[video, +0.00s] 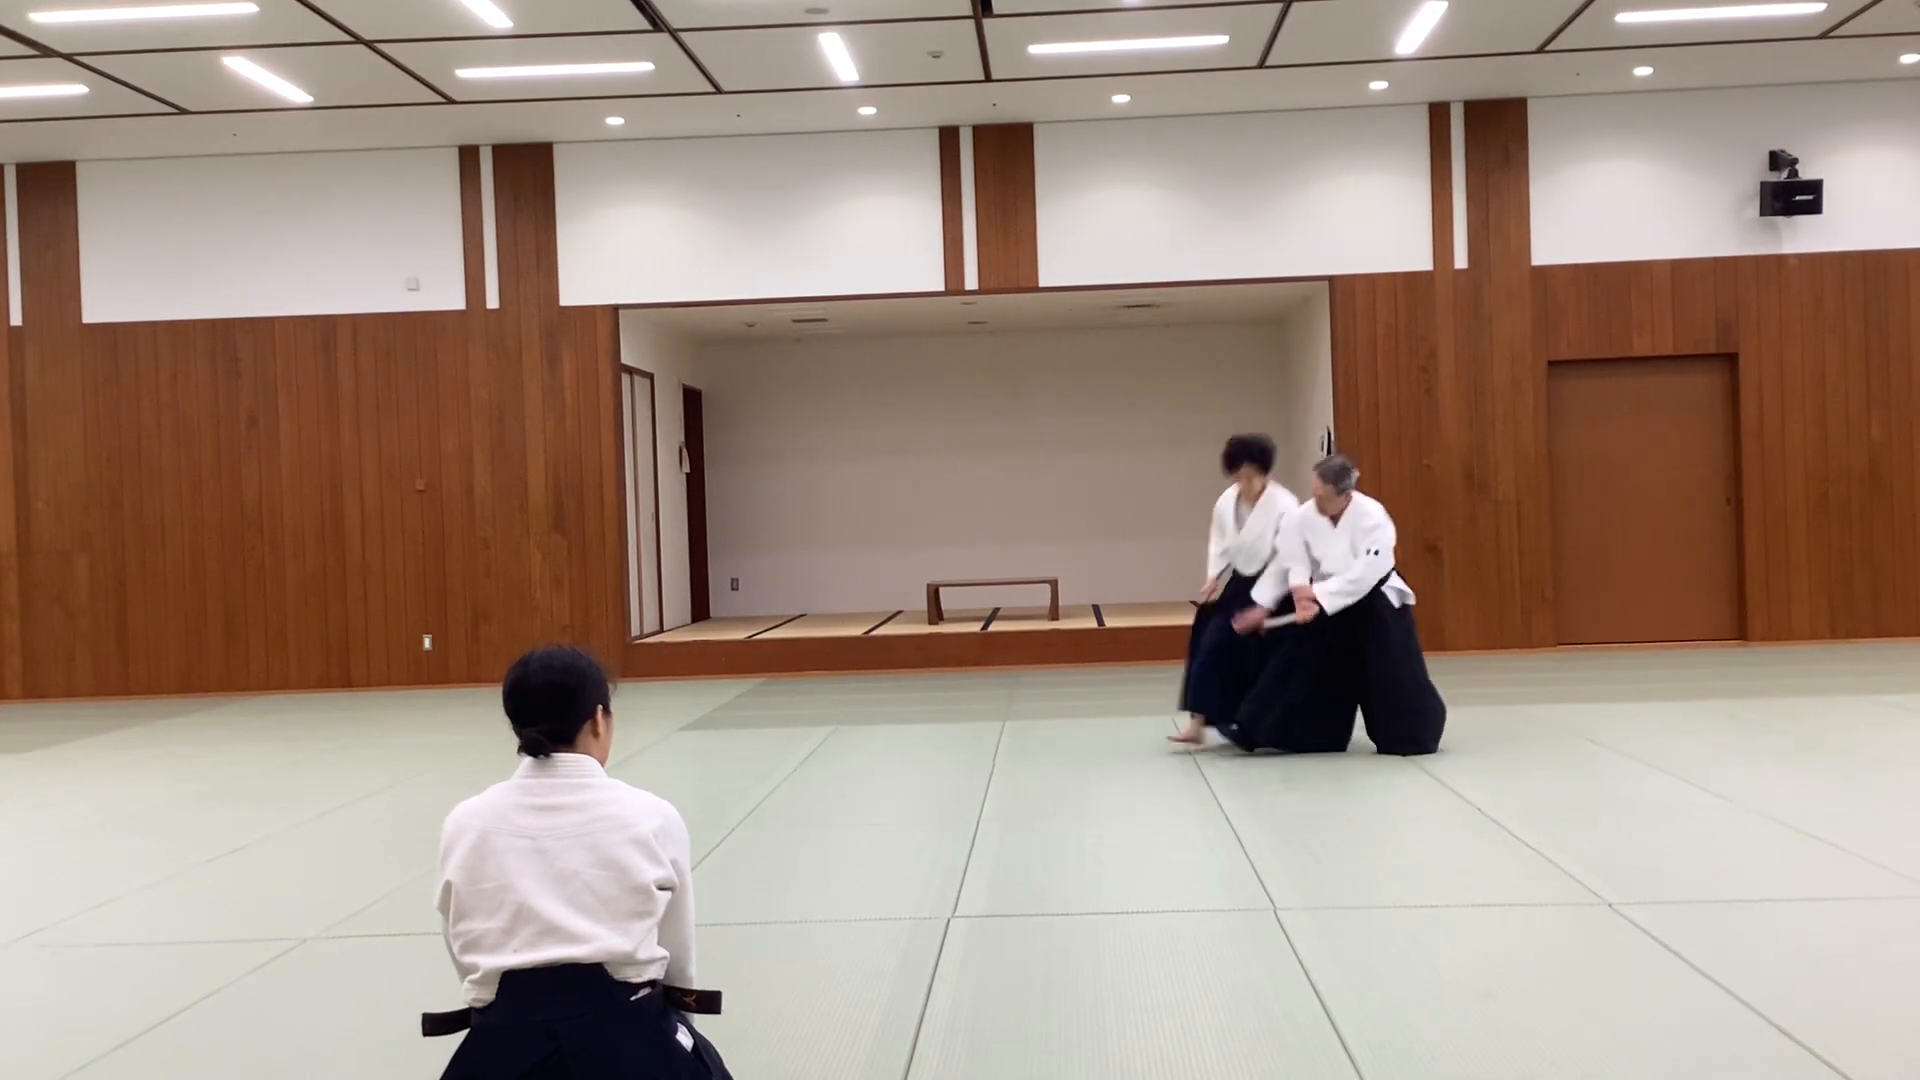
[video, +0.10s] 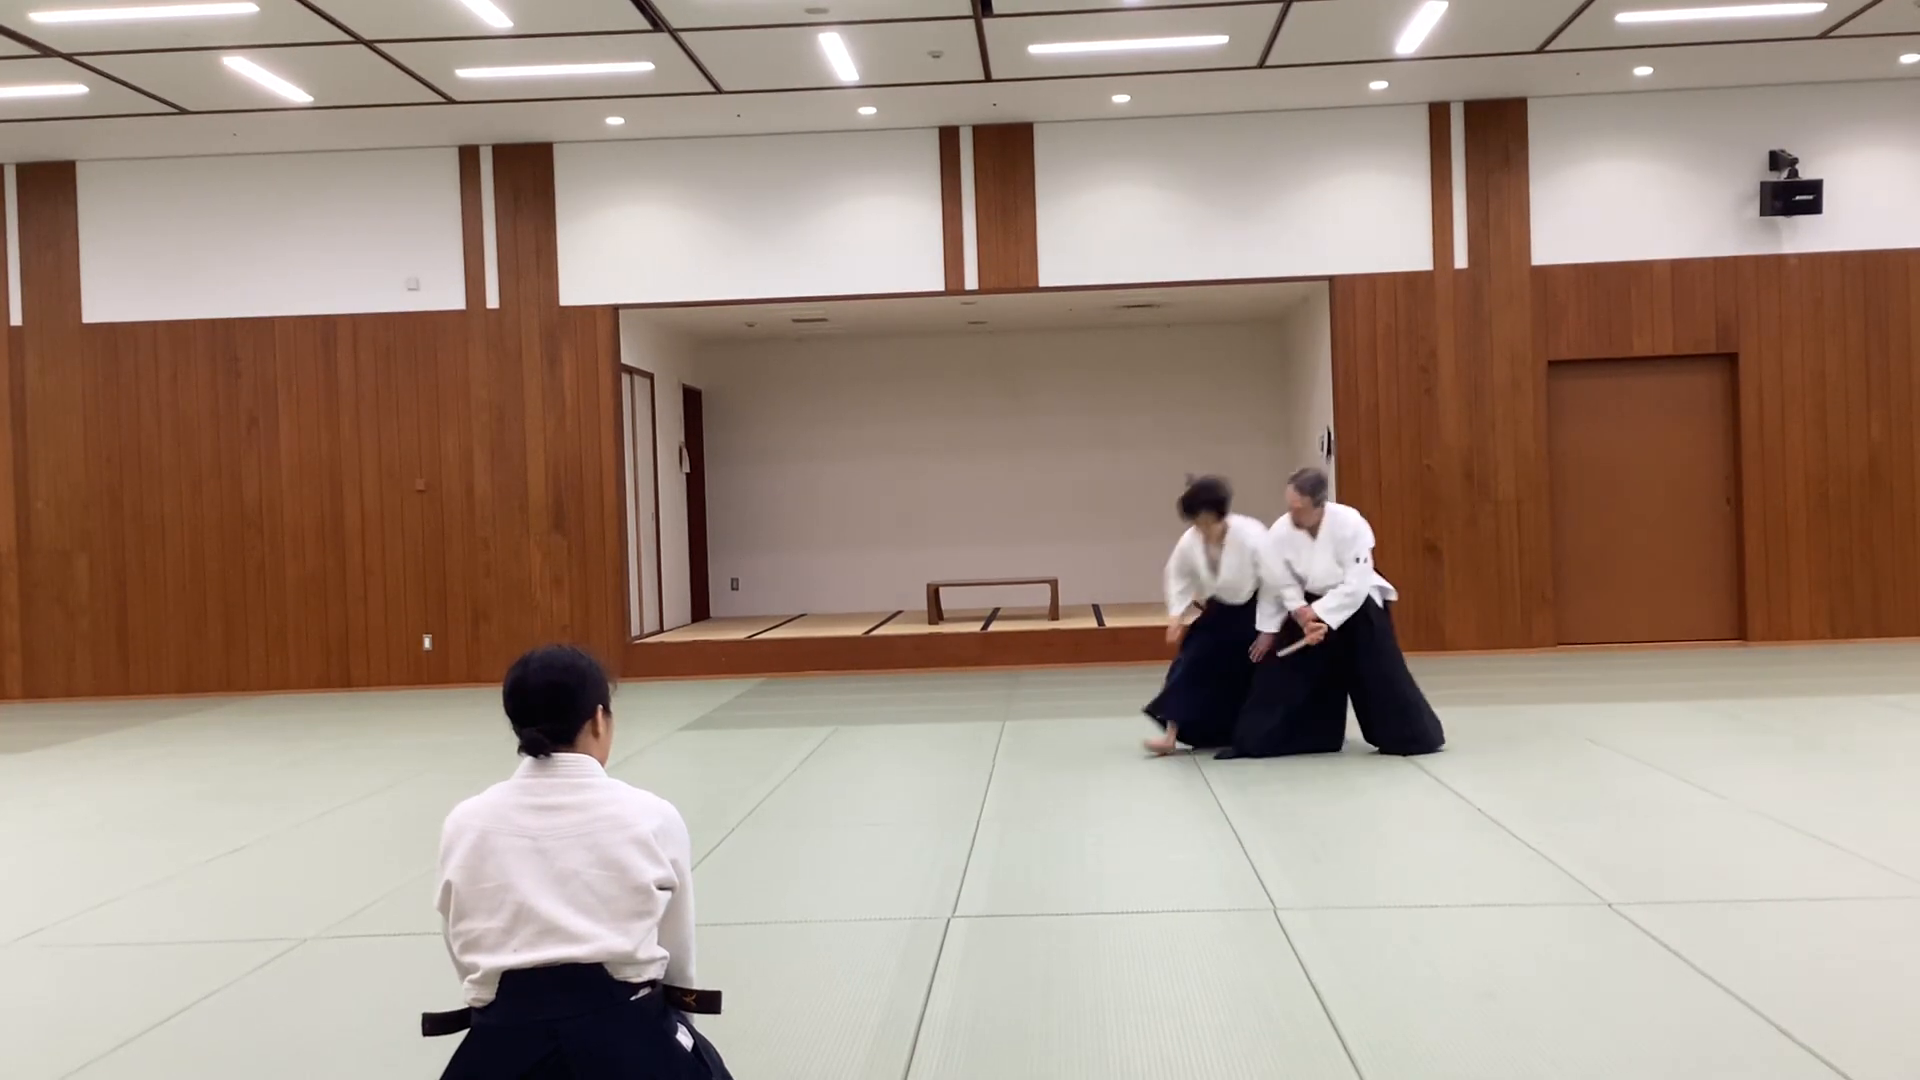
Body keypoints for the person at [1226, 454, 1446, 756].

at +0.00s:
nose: (1316, 501)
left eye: (1322, 497)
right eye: (1314, 494)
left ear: (1346, 497)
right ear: (1313, 489)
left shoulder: (1373, 518)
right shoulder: (1301, 518)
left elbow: (1371, 570)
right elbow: (1296, 562)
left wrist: (1320, 596)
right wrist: (1302, 592)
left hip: (1375, 602)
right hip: (1327, 604)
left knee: (1390, 667)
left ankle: (1406, 736)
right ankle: (1251, 728)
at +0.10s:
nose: (1291, 515)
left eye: (1297, 510)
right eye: (1290, 508)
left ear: (1318, 506)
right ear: (1289, 501)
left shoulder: (1349, 524)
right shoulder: (1279, 534)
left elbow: (1358, 582)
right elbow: (1283, 583)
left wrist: (1318, 613)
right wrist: (1302, 614)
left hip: (1354, 602)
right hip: (1308, 606)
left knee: (1379, 668)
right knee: (1281, 668)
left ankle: (1414, 735)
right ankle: (1252, 742)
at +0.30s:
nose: (1244, 522)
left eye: (1250, 516)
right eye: (1241, 514)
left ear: (1270, 509)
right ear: (1239, 508)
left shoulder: (1305, 523)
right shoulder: (1233, 536)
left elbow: (1308, 576)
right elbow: (1207, 579)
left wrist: (1268, 612)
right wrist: (1190, 627)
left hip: (1328, 587)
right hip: (1280, 594)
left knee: (1358, 650)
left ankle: (1413, 724)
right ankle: (1252, 738)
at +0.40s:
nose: (1230, 509)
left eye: (1236, 501)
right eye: (1226, 502)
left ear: (1257, 493)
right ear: (1224, 499)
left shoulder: (1286, 514)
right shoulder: (1223, 525)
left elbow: (1297, 568)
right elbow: (1189, 557)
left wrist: (1243, 596)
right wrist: (1155, 597)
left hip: (1324, 584)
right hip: (1280, 592)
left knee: (1360, 647)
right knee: (1254, 655)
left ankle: (1411, 718)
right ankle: (1248, 738)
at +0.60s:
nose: (1246, 488)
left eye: (1251, 479)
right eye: (1237, 483)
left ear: (1264, 474)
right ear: (1228, 484)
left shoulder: (1293, 502)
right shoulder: (1226, 512)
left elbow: (1315, 558)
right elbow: (1191, 533)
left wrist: (1291, 598)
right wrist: (1157, 547)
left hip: (1321, 580)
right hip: (1274, 586)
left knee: (1359, 655)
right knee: (1254, 663)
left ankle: (1404, 724)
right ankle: (1247, 741)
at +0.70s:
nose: (1266, 485)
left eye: (1271, 476)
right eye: (1258, 479)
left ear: (1282, 471)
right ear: (1246, 481)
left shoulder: (1309, 501)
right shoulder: (1239, 509)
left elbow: (1345, 555)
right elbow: (1201, 532)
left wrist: (1330, 596)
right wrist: (1168, 554)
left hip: (1328, 585)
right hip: (1279, 590)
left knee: (1362, 659)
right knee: (1255, 663)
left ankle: (1401, 735)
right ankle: (1247, 743)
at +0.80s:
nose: (1297, 484)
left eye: (1302, 476)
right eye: (1289, 478)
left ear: (1311, 474)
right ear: (1276, 480)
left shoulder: (1335, 506)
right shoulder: (1263, 511)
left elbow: (1371, 557)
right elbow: (1223, 541)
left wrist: (1361, 595)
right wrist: (1190, 572)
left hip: (1341, 594)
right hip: (1293, 595)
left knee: (1365, 665)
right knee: (1263, 663)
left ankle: (1404, 744)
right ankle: (1249, 743)